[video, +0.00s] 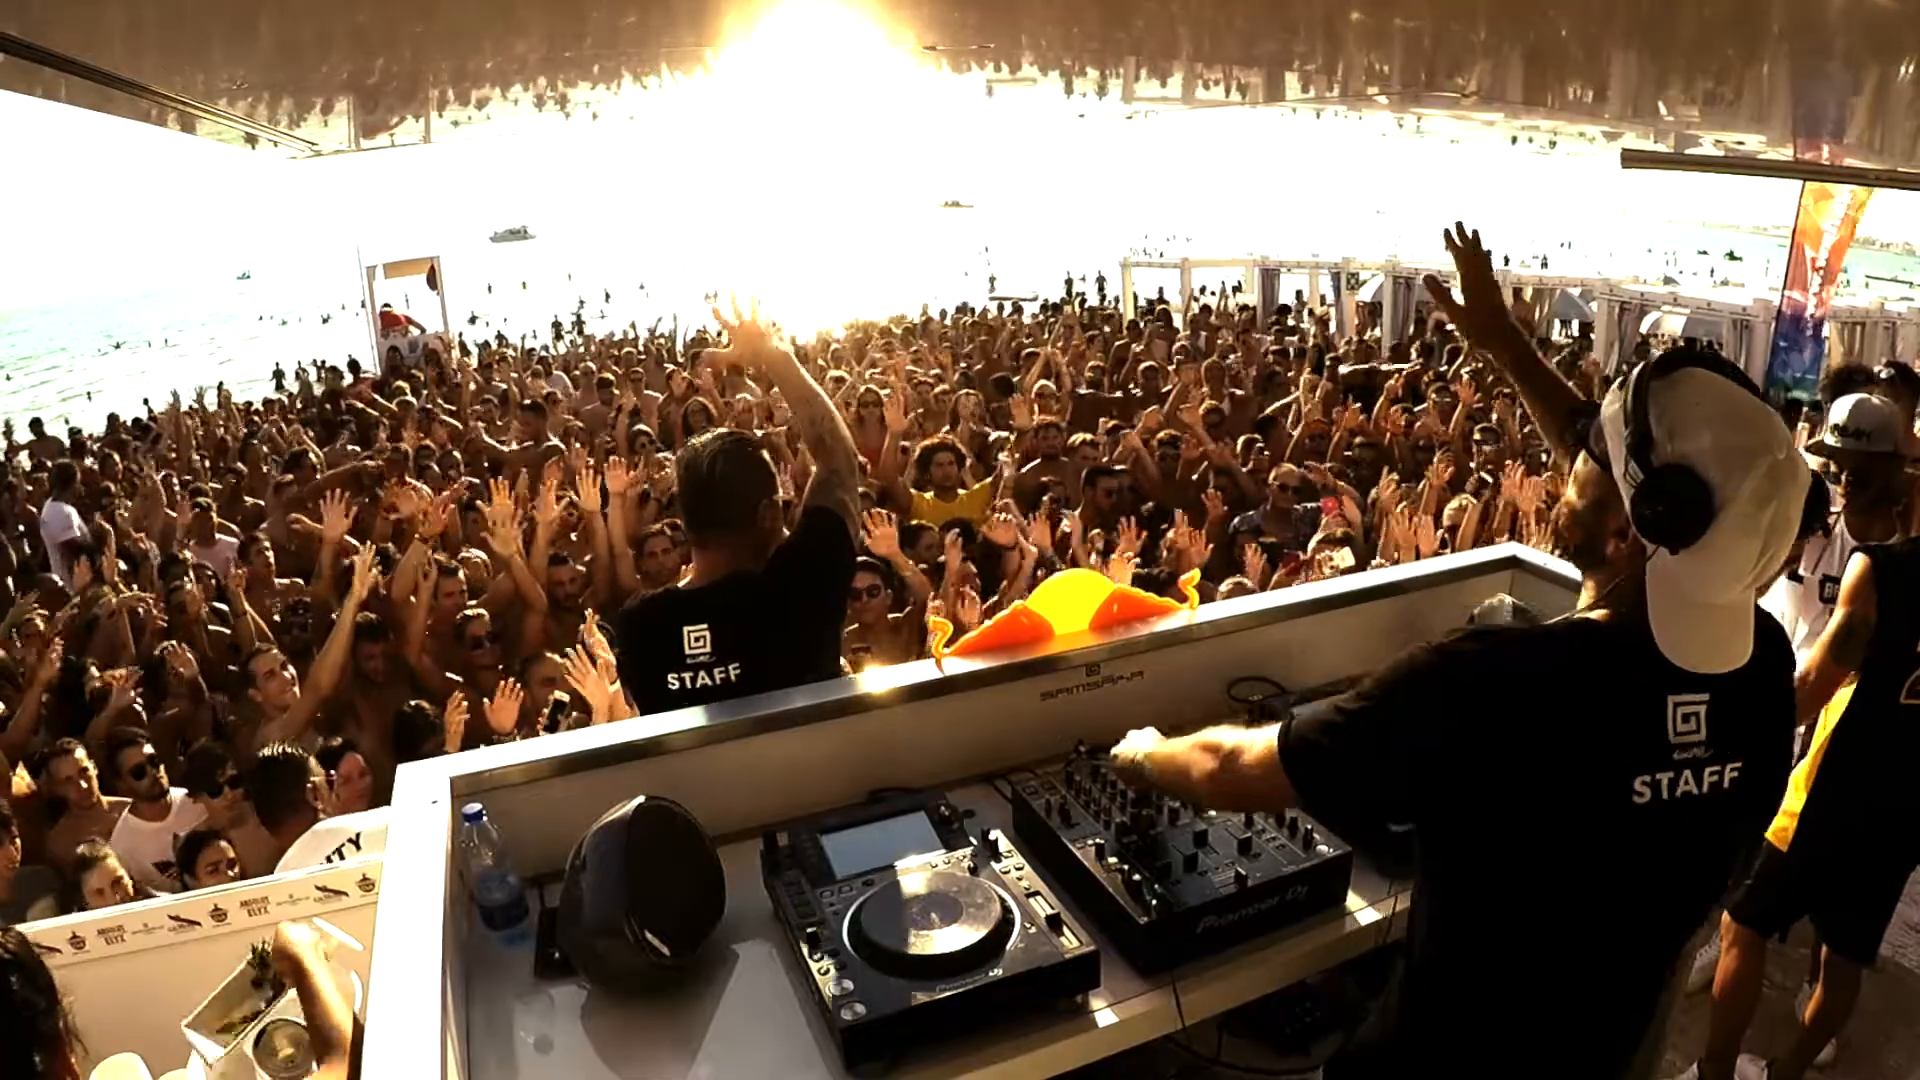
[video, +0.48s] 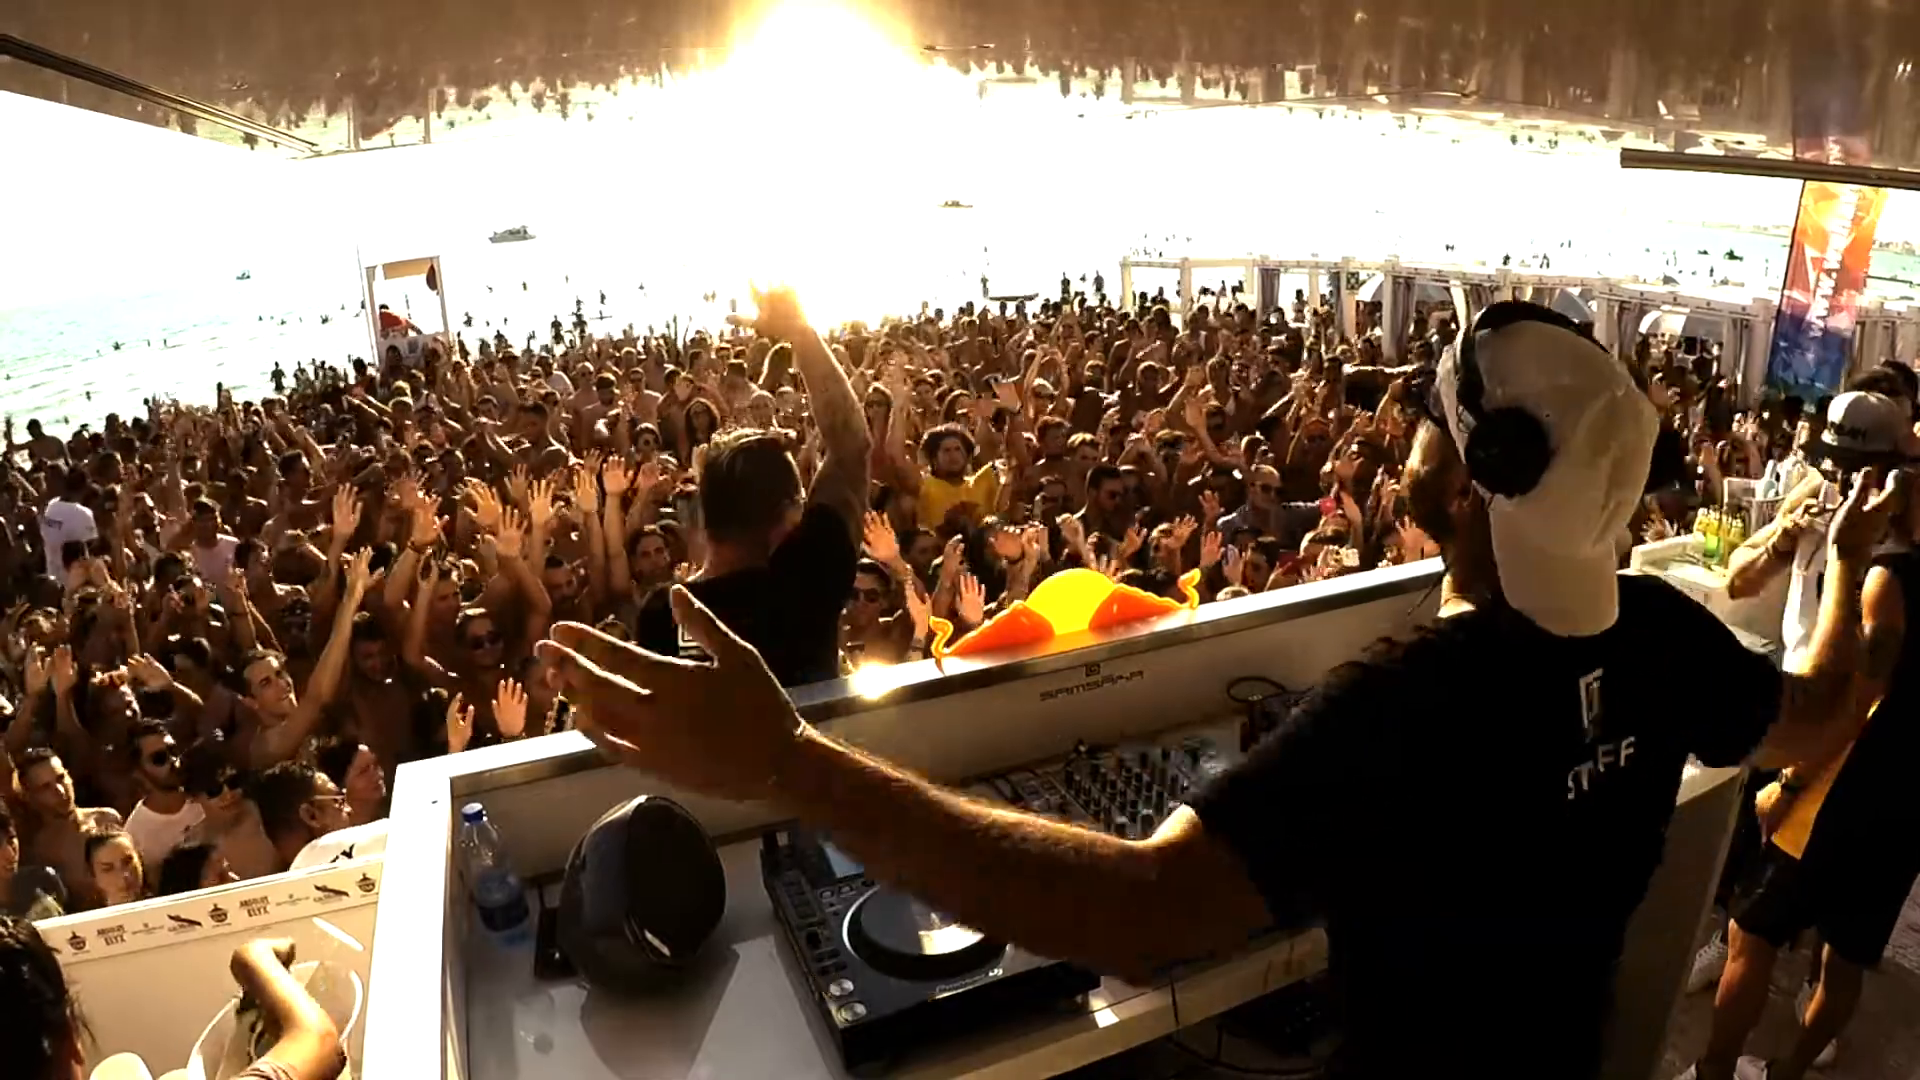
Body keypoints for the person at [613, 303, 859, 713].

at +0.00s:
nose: (784, 515)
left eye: (780, 501)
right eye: (780, 502)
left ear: (683, 520)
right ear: (766, 514)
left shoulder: (636, 628)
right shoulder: (799, 591)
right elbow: (838, 460)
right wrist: (769, 352)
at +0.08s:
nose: (787, 524)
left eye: (783, 507)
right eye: (783, 506)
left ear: (684, 519)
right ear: (765, 515)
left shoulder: (639, 622)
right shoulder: (798, 590)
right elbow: (840, 459)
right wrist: (780, 351)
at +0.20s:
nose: (790, 519)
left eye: (787, 505)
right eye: (785, 505)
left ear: (686, 520)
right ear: (768, 517)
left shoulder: (643, 623)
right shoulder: (800, 591)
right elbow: (844, 459)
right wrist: (790, 350)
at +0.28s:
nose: (792, 529)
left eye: (790, 512)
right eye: (788, 512)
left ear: (690, 523)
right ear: (770, 522)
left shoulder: (647, 628)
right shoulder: (798, 595)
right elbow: (848, 463)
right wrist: (794, 345)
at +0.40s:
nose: (803, 508)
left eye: (798, 498)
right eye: (797, 499)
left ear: (700, 520)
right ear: (783, 516)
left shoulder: (657, 617)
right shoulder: (812, 586)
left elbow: (668, 730)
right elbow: (851, 449)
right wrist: (798, 333)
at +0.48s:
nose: (804, 514)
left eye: (801, 501)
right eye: (800, 502)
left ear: (706, 516)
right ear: (786, 517)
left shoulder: (662, 613)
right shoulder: (802, 589)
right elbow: (851, 445)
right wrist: (799, 330)